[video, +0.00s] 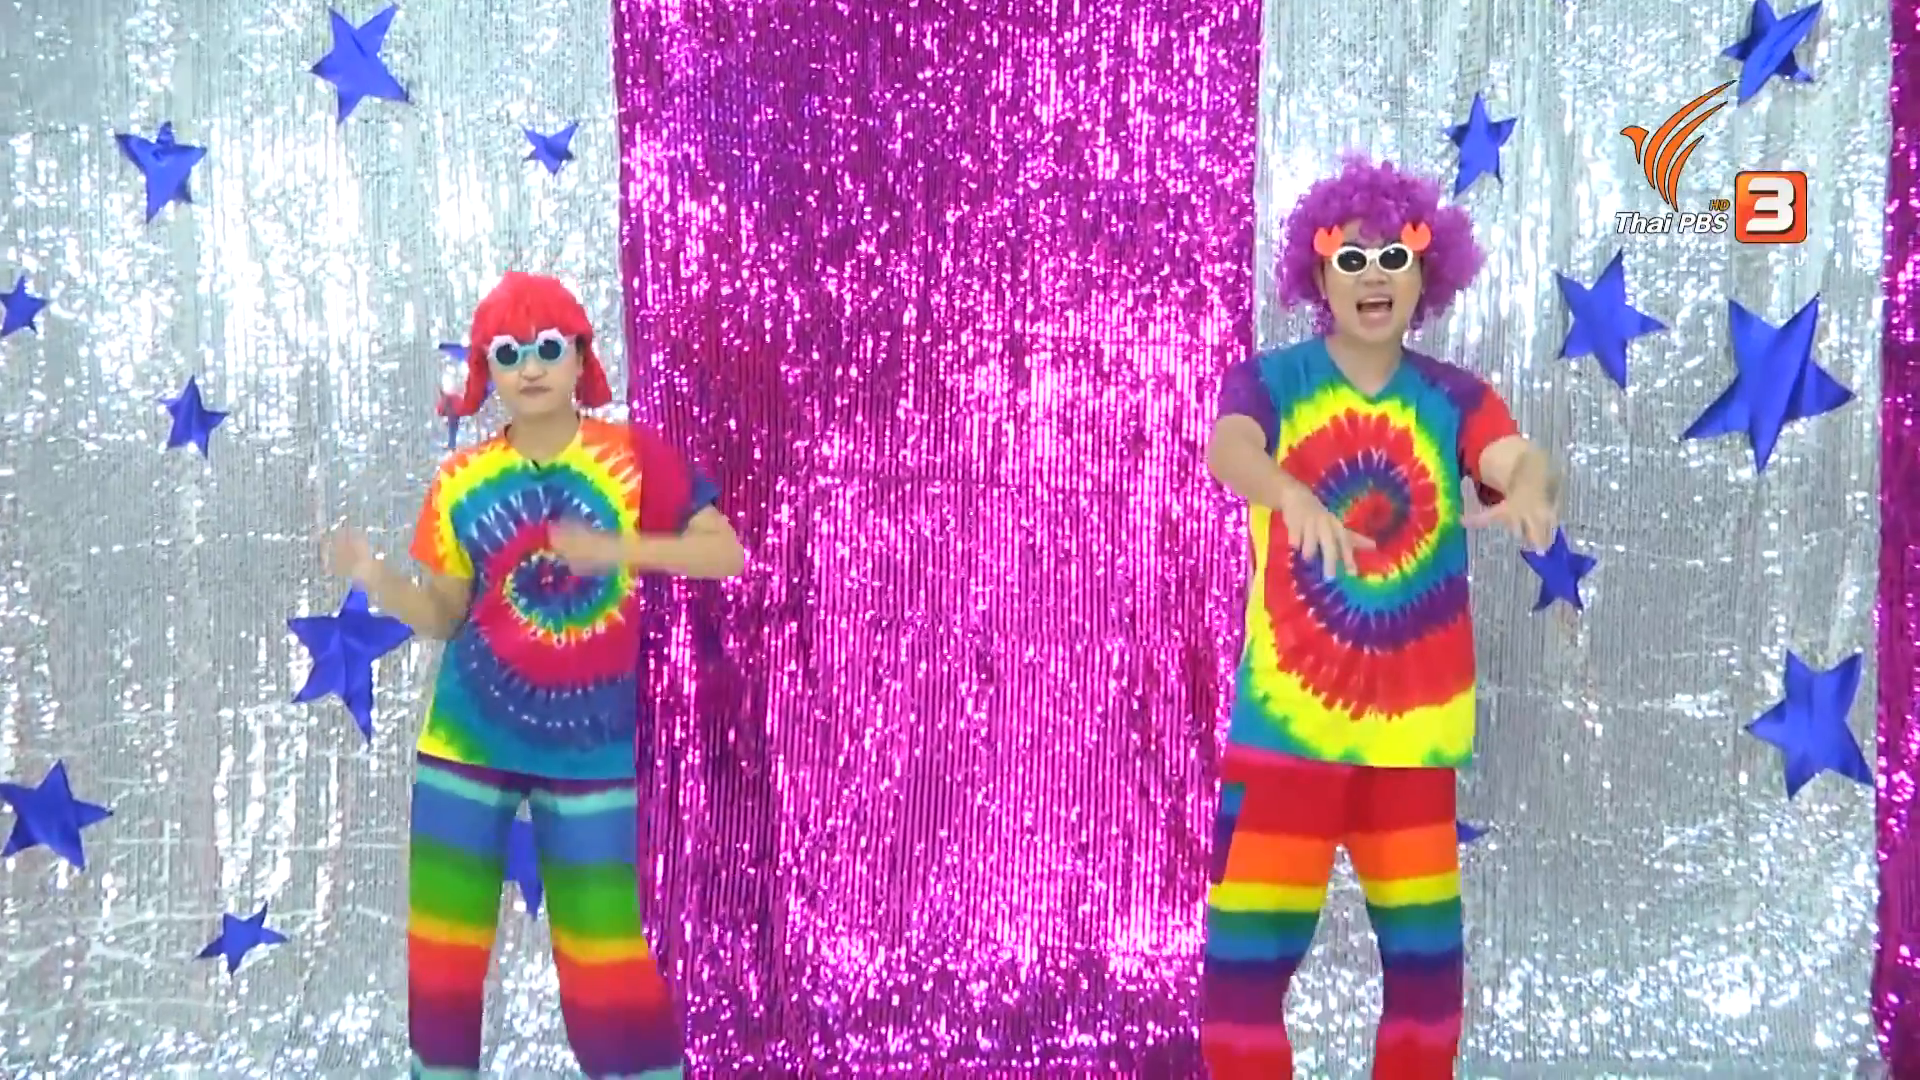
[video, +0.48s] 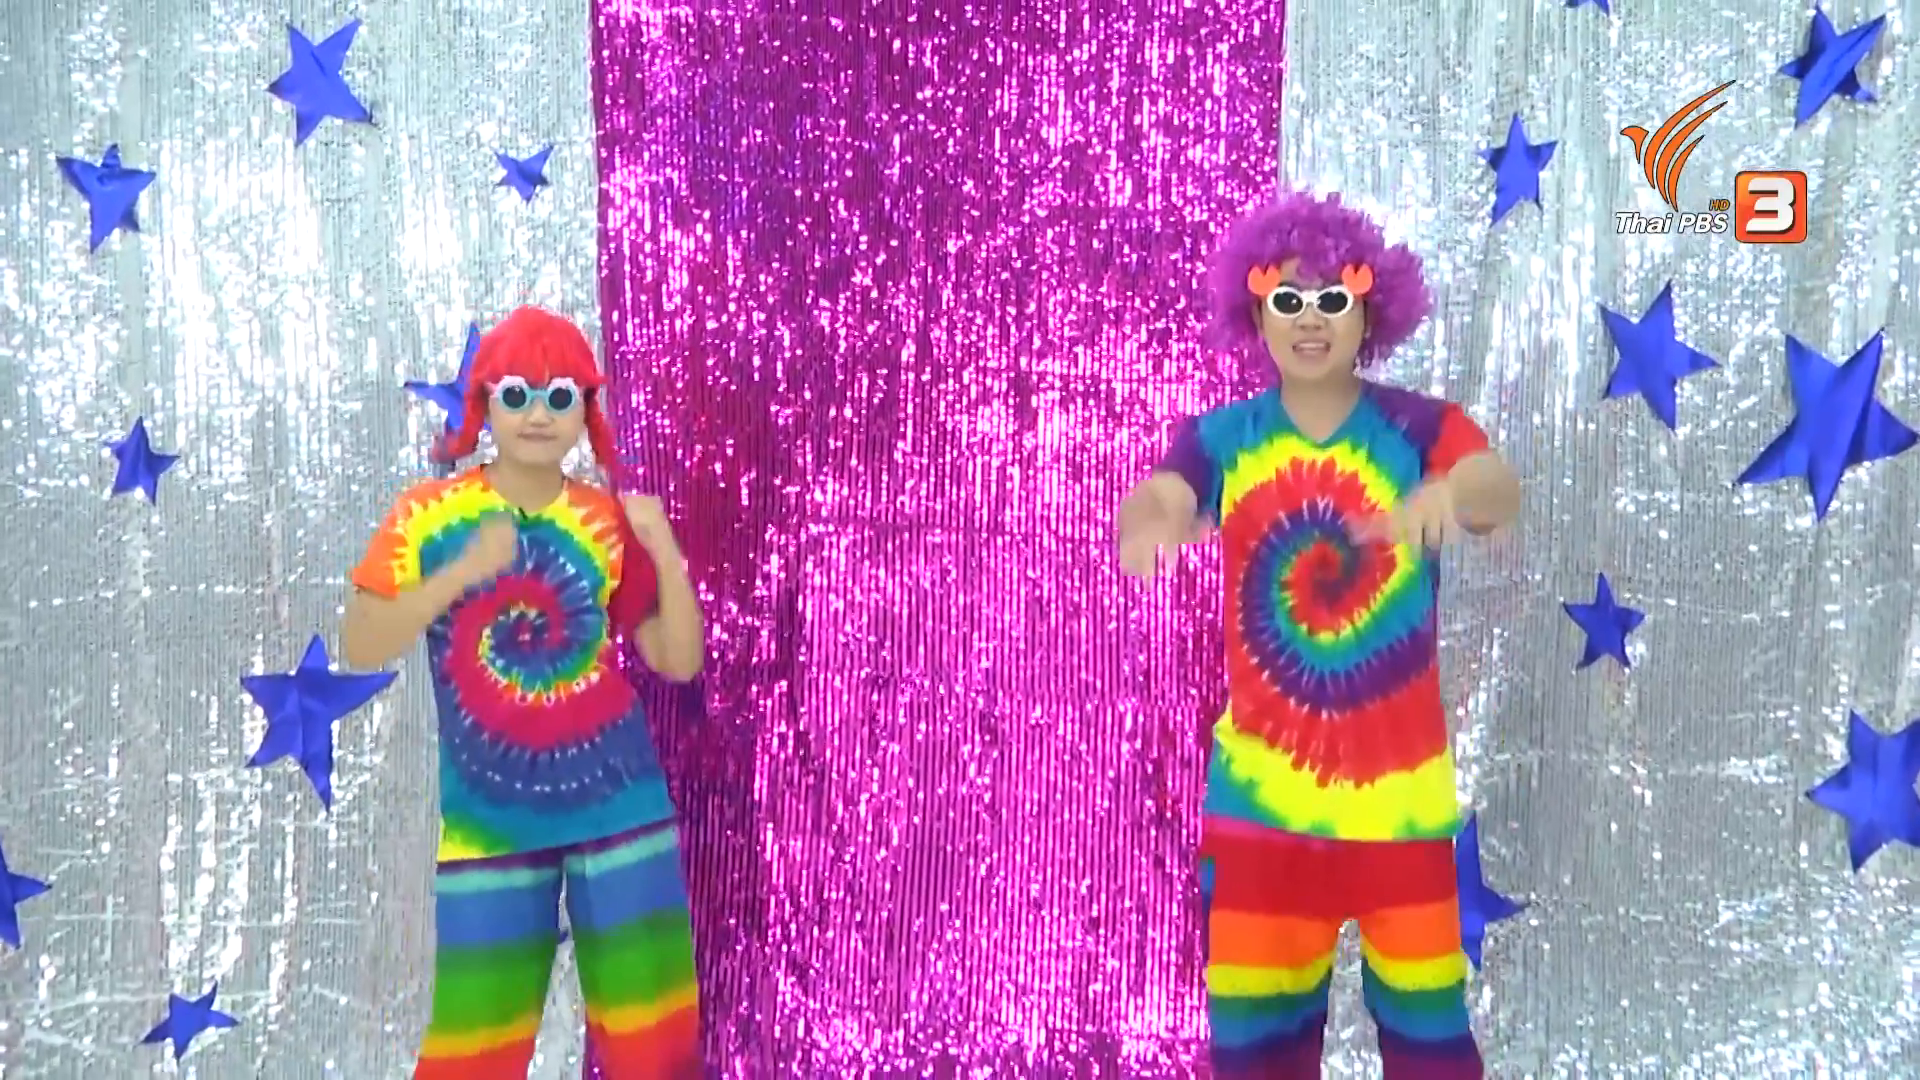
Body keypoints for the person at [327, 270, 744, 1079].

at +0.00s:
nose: (530, 371)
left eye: (550, 352)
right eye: (510, 355)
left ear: (582, 362)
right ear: (487, 371)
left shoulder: (636, 456)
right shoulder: (460, 478)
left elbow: (721, 553)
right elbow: (444, 613)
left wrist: (613, 548)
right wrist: (378, 574)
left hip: (593, 756)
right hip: (466, 749)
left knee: (609, 963)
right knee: (443, 960)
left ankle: (643, 1073)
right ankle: (445, 1071)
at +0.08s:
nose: (538, 367)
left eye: (558, 349)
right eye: (516, 350)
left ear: (586, 363)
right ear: (490, 365)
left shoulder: (627, 457)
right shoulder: (451, 470)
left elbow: (732, 545)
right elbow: (410, 607)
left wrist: (671, 614)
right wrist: (375, 635)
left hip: (599, 747)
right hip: (473, 744)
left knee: (615, 956)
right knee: (443, 956)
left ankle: (638, 1076)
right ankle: (438, 1071)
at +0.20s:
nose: (539, 371)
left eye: (561, 354)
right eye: (518, 351)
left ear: (586, 373)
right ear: (488, 364)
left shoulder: (617, 464)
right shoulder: (436, 473)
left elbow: (738, 538)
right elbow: (363, 597)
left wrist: (739, 580)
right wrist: (444, 611)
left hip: (609, 754)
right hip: (480, 755)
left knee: (629, 981)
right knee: (447, 983)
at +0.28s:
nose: (542, 380)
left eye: (565, 363)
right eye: (523, 359)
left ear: (588, 382)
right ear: (491, 370)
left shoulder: (614, 472)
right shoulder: (434, 478)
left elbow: (730, 555)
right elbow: (359, 602)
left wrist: (729, 541)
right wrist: (466, 561)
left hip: (615, 765)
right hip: (486, 768)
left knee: (638, 996)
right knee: (455, 997)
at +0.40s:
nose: (547, 406)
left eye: (568, 388)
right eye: (525, 386)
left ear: (592, 408)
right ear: (492, 400)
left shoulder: (612, 508)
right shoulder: (434, 501)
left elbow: (718, 616)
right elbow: (367, 630)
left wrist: (684, 511)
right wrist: (456, 523)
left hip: (624, 796)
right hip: (493, 804)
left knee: (648, 1034)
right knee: (468, 1043)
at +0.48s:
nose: (539, 415)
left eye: (561, 395)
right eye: (516, 395)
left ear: (586, 413)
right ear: (483, 409)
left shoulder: (607, 518)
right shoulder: (426, 515)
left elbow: (678, 659)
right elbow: (360, 646)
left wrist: (663, 545)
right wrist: (464, 572)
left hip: (619, 808)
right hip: (489, 816)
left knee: (653, 1039)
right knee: (474, 1049)